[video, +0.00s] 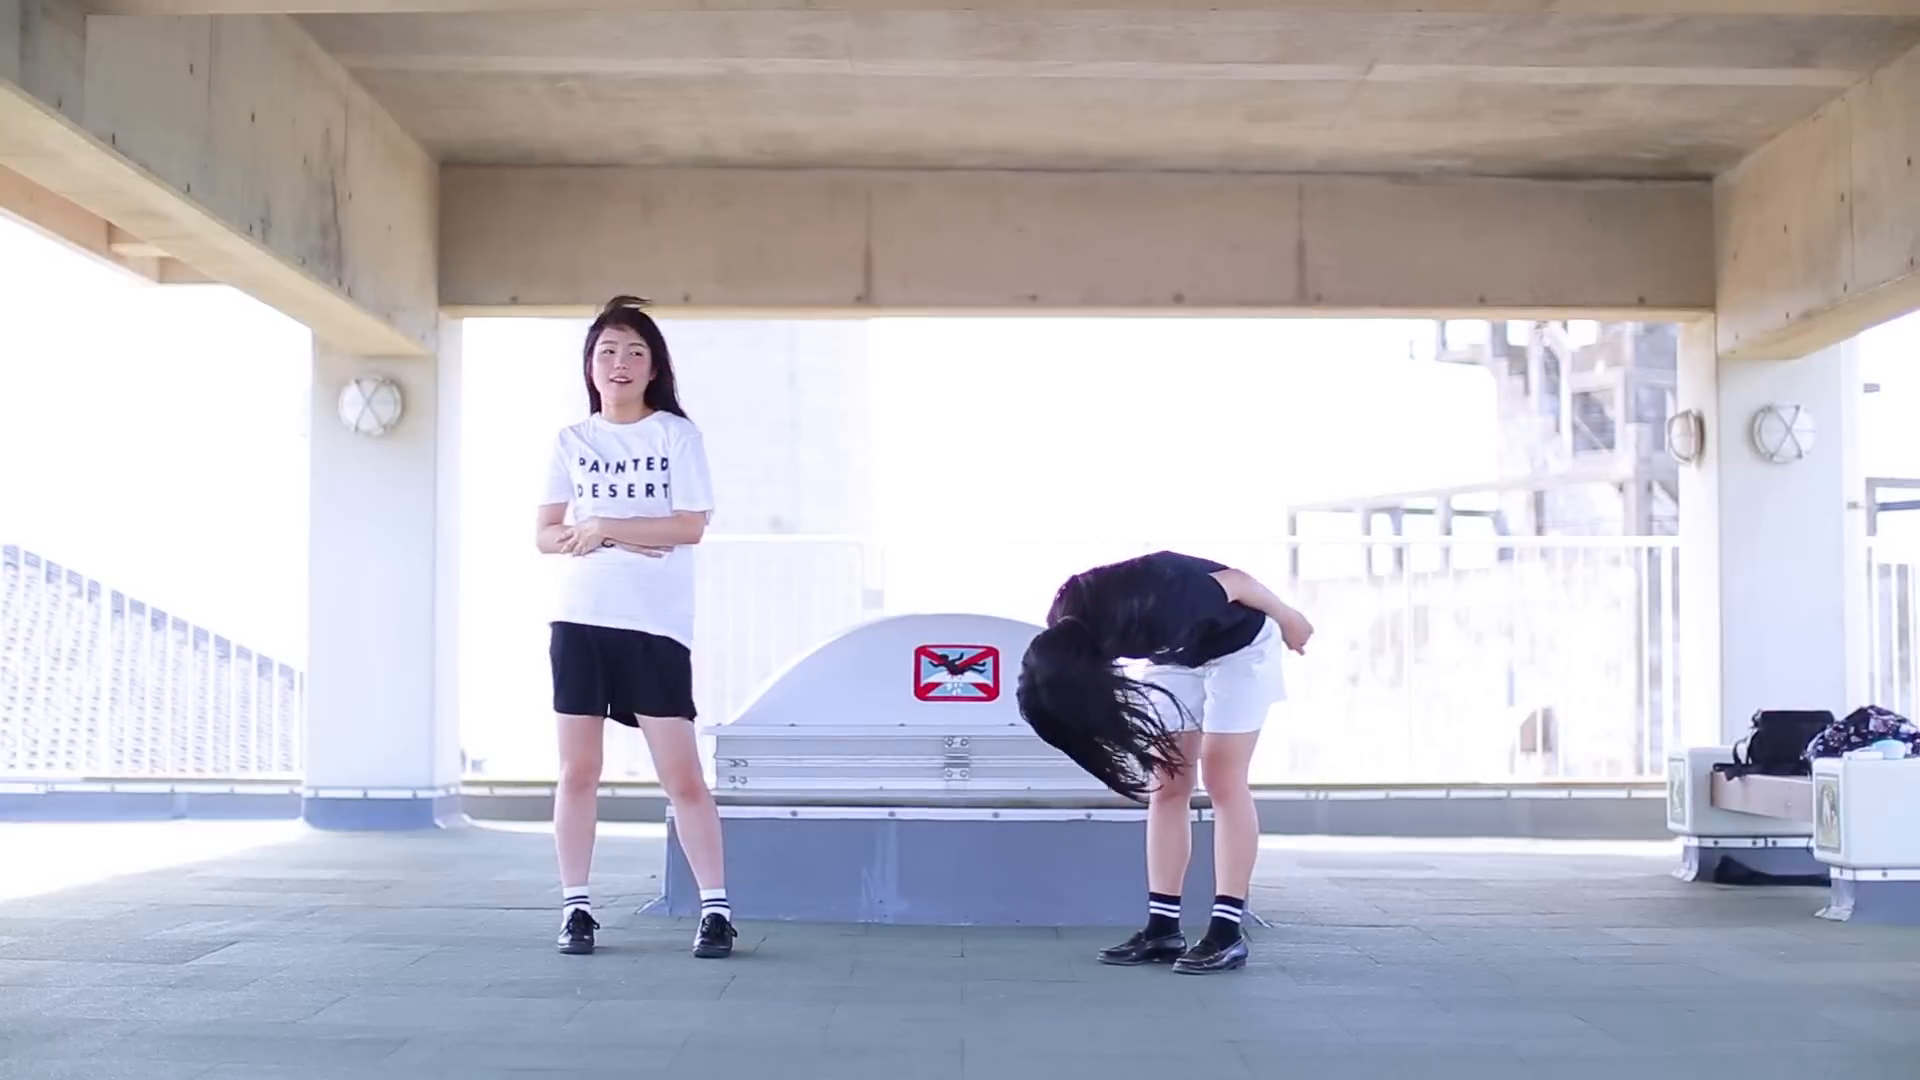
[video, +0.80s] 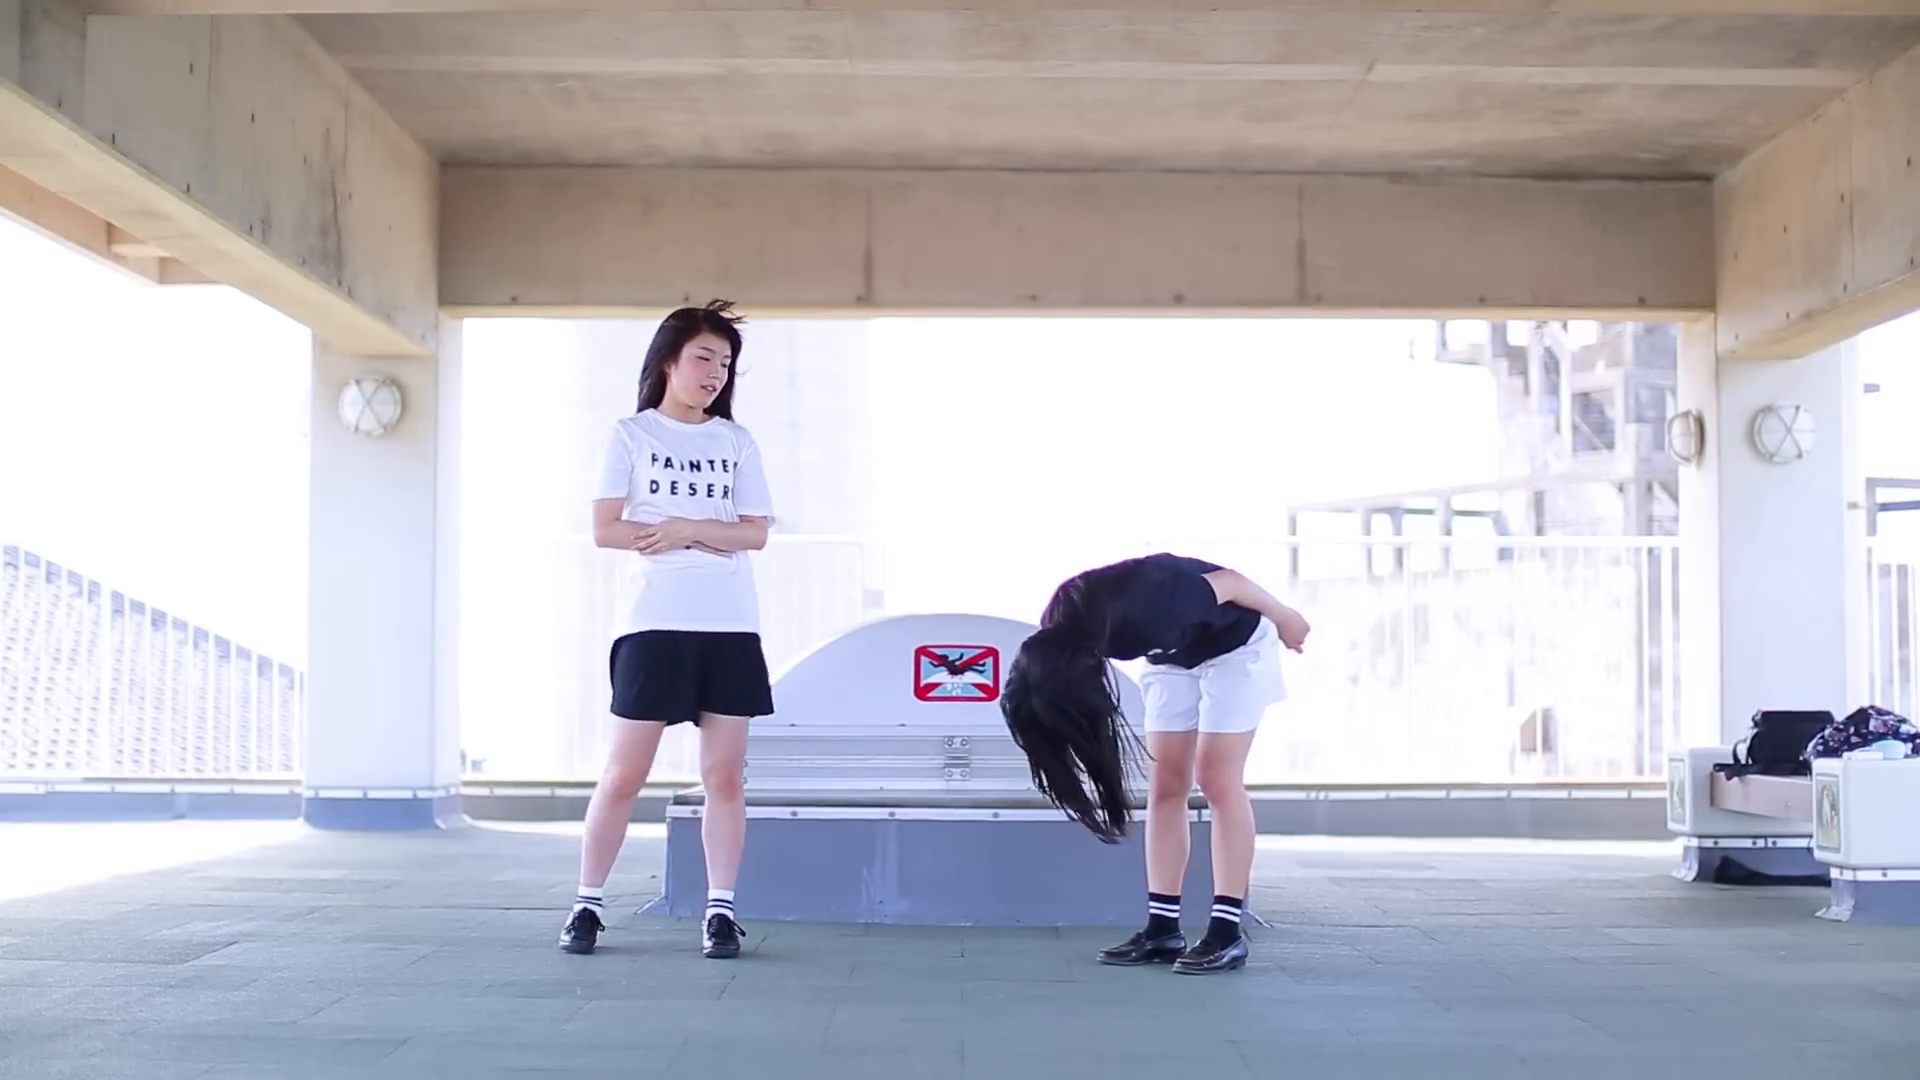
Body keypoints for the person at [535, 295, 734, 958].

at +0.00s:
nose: (619, 361)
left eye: (633, 351)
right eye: (607, 350)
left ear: (654, 364)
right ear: (589, 363)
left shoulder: (679, 434)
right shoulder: (571, 439)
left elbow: (692, 527)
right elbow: (546, 536)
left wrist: (604, 528)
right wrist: (609, 537)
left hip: (657, 626)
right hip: (579, 625)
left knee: (684, 780)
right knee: (577, 773)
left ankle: (715, 909)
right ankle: (575, 908)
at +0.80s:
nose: (713, 372)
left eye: (723, 364)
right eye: (702, 358)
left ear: (729, 374)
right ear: (667, 359)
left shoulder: (738, 440)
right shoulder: (632, 433)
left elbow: (756, 533)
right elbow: (606, 531)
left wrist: (684, 526)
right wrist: (702, 529)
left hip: (731, 627)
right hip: (656, 624)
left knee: (726, 778)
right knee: (624, 776)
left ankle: (720, 911)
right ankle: (587, 904)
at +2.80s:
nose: (767, 371)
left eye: (773, 361)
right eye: (755, 357)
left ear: (777, 371)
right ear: (721, 356)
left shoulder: (776, 449)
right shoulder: (667, 425)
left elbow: (784, 546)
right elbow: (625, 515)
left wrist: (706, 547)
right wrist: (707, 557)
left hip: (730, 633)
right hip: (655, 621)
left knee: (724, 776)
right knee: (629, 772)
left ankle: (720, 911)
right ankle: (606, 905)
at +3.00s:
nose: (726, 363)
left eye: (735, 353)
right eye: (712, 351)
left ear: (746, 361)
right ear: (682, 355)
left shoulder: (753, 441)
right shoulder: (646, 424)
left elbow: (763, 538)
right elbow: (601, 512)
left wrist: (704, 573)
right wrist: (676, 510)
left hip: (712, 630)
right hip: (636, 621)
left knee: (716, 778)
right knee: (609, 774)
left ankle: (719, 911)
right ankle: (583, 908)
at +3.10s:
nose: (699, 359)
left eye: (710, 349)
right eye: (686, 348)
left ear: (723, 357)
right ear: (658, 355)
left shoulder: (738, 438)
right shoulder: (630, 422)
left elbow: (749, 538)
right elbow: (580, 500)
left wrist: (713, 601)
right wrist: (640, 453)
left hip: (700, 626)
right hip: (624, 619)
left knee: (709, 779)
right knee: (602, 775)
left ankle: (718, 912)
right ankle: (582, 910)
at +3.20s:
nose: (671, 358)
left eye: (682, 347)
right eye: (656, 348)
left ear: (700, 356)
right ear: (632, 358)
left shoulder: (724, 438)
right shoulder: (616, 422)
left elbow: (742, 533)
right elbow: (561, 471)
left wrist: (728, 617)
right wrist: (610, 395)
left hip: (688, 630)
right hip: (609, 621)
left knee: (701, 780)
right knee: (594, 774)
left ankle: (718, 910)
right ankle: (581, 909)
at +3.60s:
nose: (598, 361)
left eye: (615, 350)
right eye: (592, 350)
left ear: (644, 364)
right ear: (583, 360)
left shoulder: (667, 434)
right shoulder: (563, 425)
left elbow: (707, 516)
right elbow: (486, 440)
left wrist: (681, 564)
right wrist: (538, 381)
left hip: (640, 622)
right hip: (565, 619)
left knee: (657, 780)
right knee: (570, 774)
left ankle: (672, 905)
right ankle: (579, 909)